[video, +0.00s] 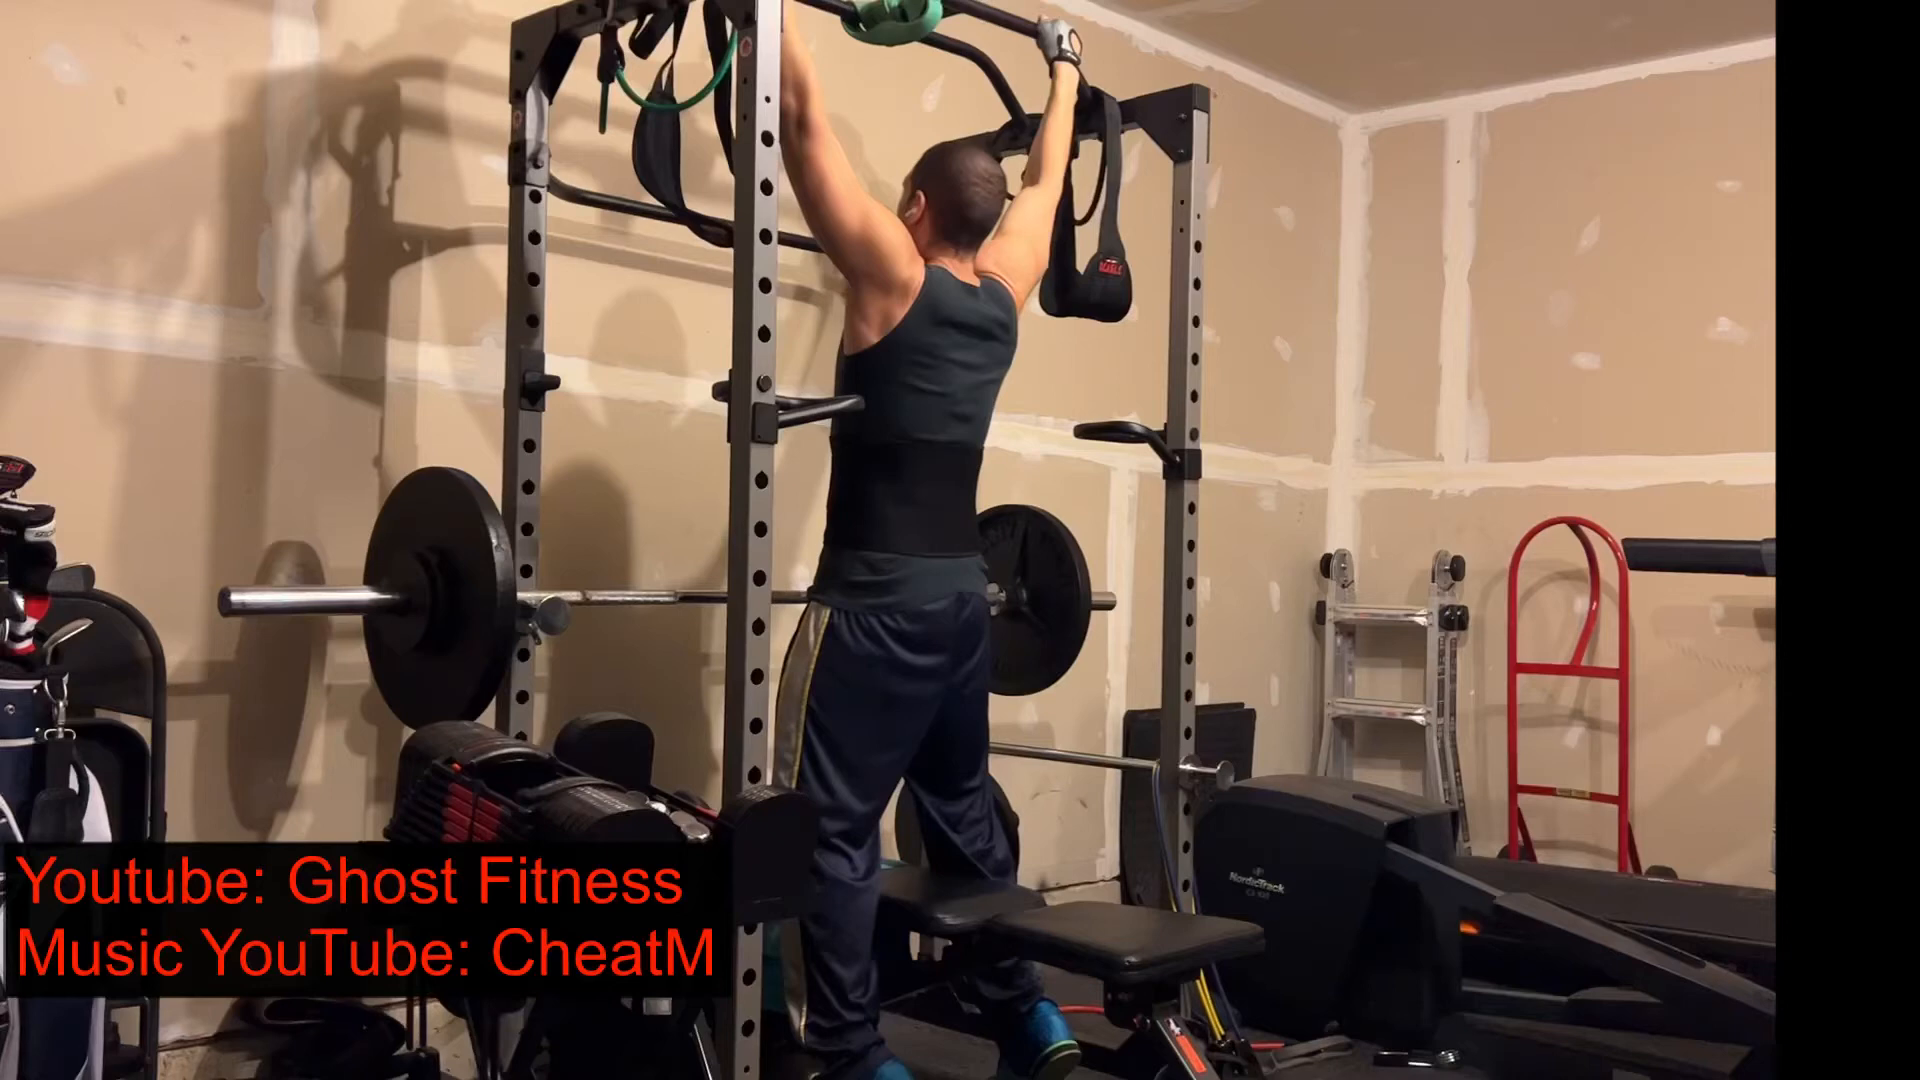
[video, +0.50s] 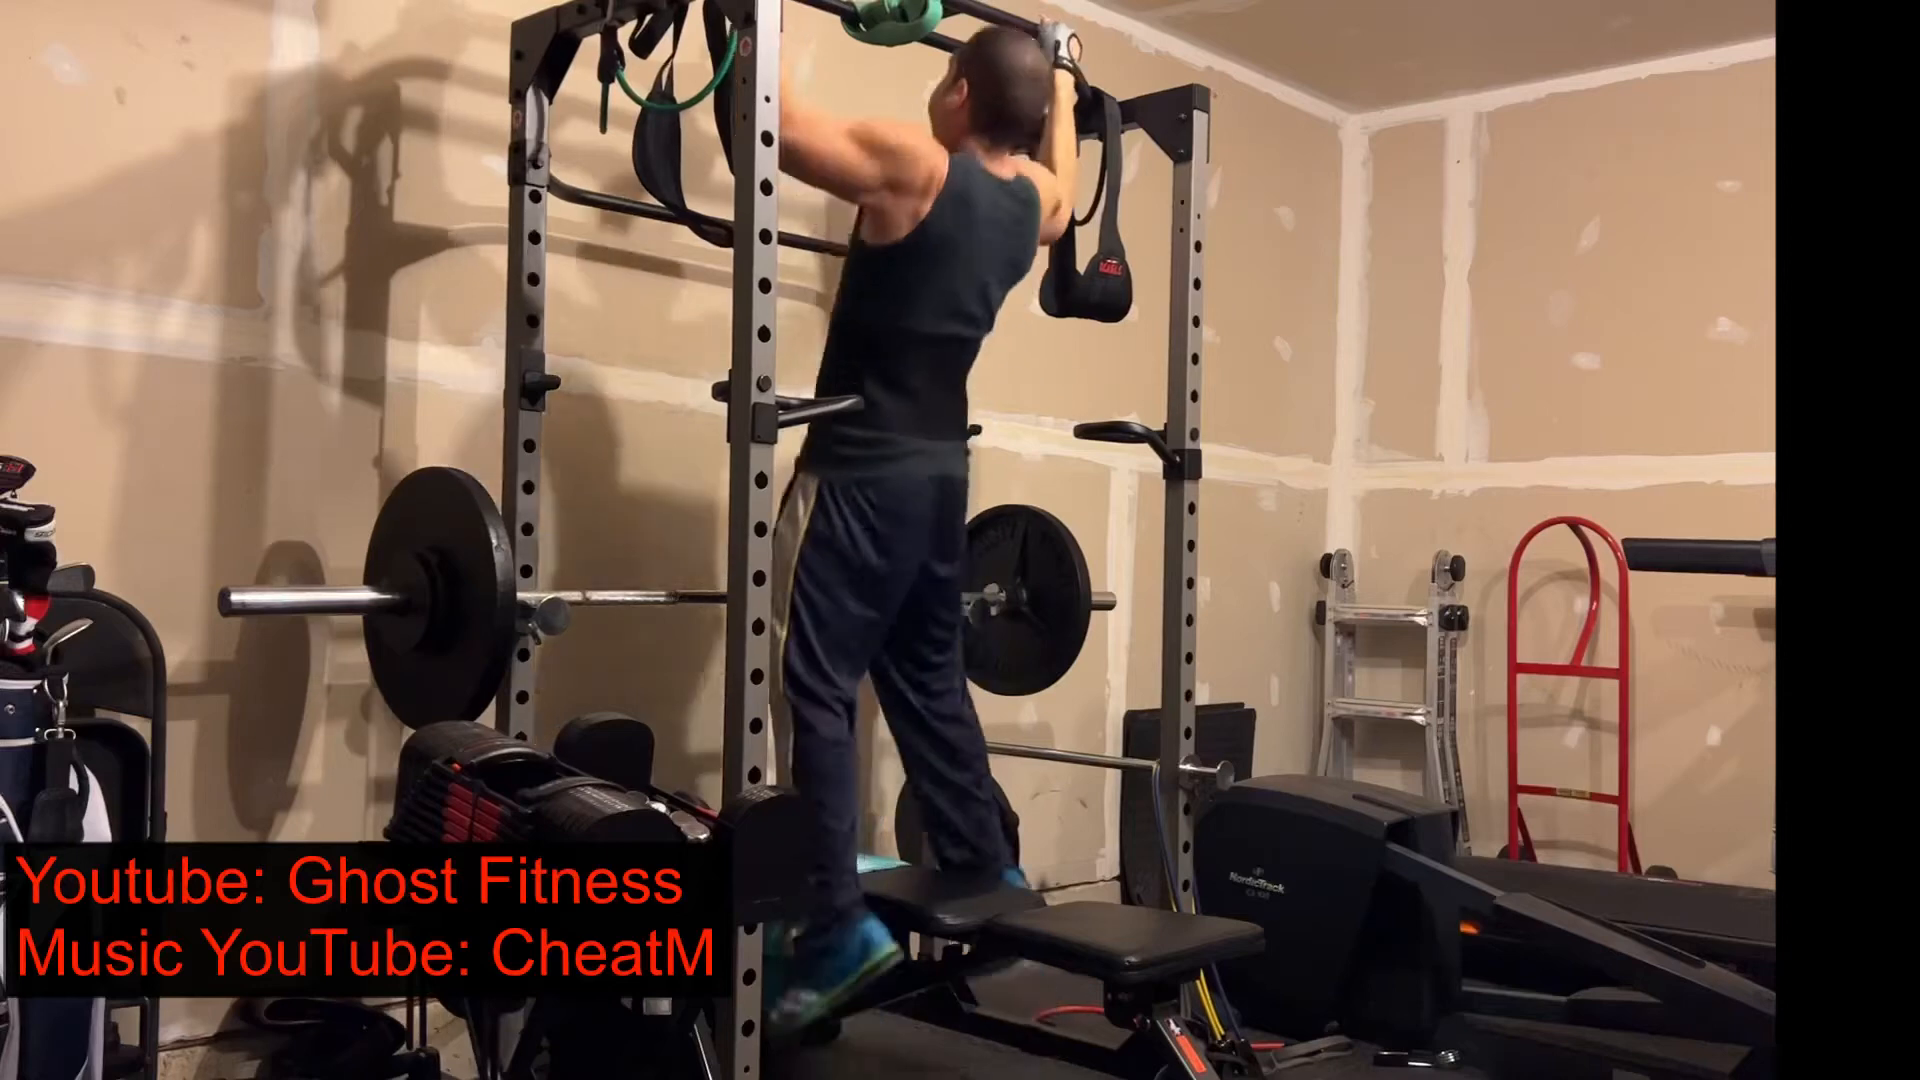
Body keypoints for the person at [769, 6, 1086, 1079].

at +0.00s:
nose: (898, 199)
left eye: (904, 190)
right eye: (906, 191)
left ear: (919, 209)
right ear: (995, 223)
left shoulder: (886, 270)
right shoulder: (1002, 300)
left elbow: (802, 118)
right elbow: (1048, 179)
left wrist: (771, 3)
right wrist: (1067, 75)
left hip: (874, 605)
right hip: (960, 599)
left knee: (839, 829)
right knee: (963, 803)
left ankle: (845, 1044)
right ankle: (1021, 1011)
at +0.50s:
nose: (937, 84)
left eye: (949, 76)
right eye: (948, 72)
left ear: (963, 101)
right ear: (1028, 116)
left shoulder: (911, 159)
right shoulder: (1029, 200)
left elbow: (771, 123)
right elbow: (1060, 188)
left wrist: (755, 24)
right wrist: (1057, 98)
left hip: (865, 471)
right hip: (939, 473)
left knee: (820, 686)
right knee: (928, 681)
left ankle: (839, 918)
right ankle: (983, 877)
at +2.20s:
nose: (930, 6)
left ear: (954, 6)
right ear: (1024, 21)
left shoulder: (910, 71)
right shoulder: (1036, 112)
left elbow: (772, 111)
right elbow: (1063, 199)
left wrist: (754, 17)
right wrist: (1060, 85)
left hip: (882, 379)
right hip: (961, 382)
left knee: (844, 600)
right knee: (948, 597)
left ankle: (846, 834)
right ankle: (1006, 807)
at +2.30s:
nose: (920, 9)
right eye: (926, 0)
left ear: (948, 9)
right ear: (1010, 26)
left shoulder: (901, 76)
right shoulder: (1030, 122)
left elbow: (767, 114)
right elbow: (1057, 200)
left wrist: (747, 21)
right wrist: (1059, 87)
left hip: (873, 379)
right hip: (951, 386)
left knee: (841, 596)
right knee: (944, 597)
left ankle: (849, 826)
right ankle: (1008, 806)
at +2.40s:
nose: (915, 28)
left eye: (924, 18)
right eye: (924, 18)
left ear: (941, 30)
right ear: (1005, 52)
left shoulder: (893, 110)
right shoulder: (1019, 154)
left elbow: (759, 119)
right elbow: (1057, 198)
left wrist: (748, 26)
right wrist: (1061, 91)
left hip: (867, 412)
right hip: (939, 418)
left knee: (831, 620)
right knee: (939, 623)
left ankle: (857, 855)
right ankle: (1008, 826)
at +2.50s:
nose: (912, 70)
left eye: (919, 57)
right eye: (924, 58)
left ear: (932, 76)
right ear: (1001, 100)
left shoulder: (891, 154)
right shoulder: (1012, 196)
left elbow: (760, 125)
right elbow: (1053, 189)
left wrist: (739, 34)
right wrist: (1060, 93)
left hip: (858, 451)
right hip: (932, 453)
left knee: (820, 658)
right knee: (930, 657)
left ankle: (863, 887)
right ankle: (1006, 853)